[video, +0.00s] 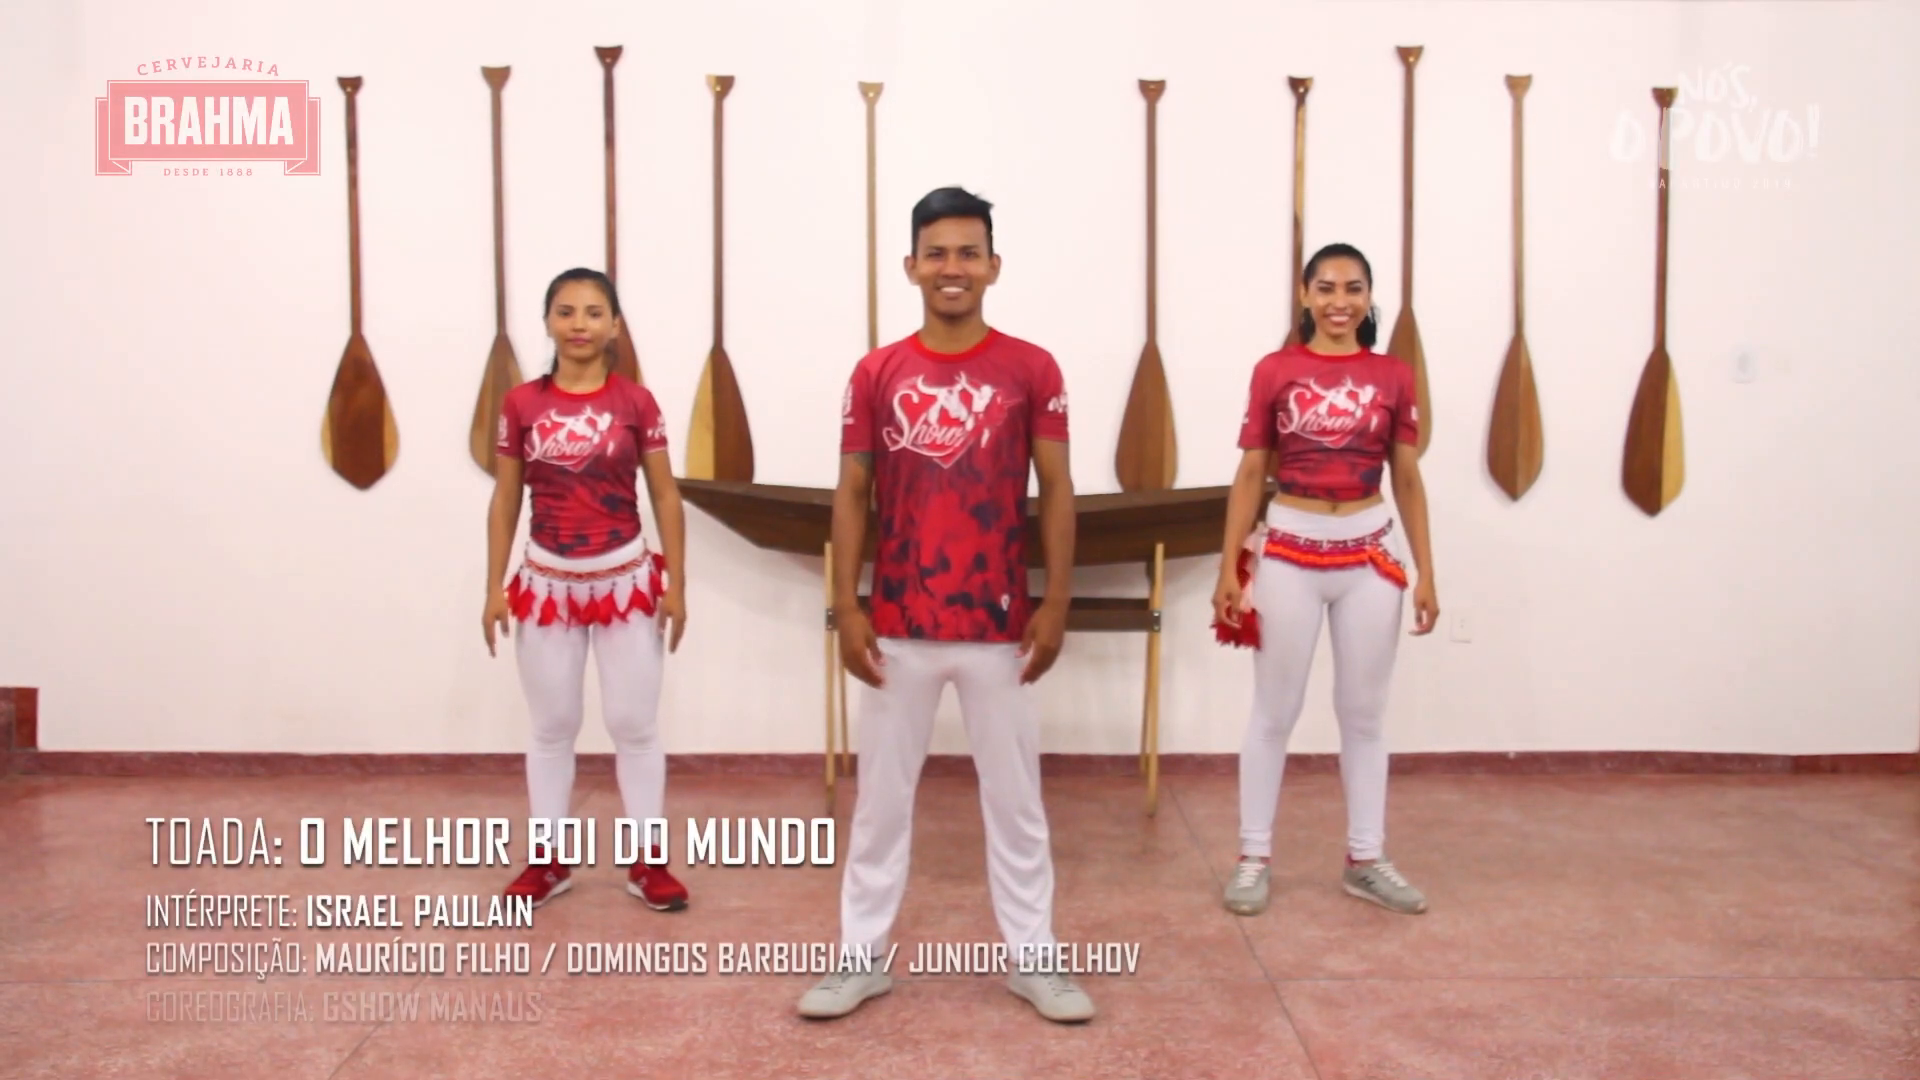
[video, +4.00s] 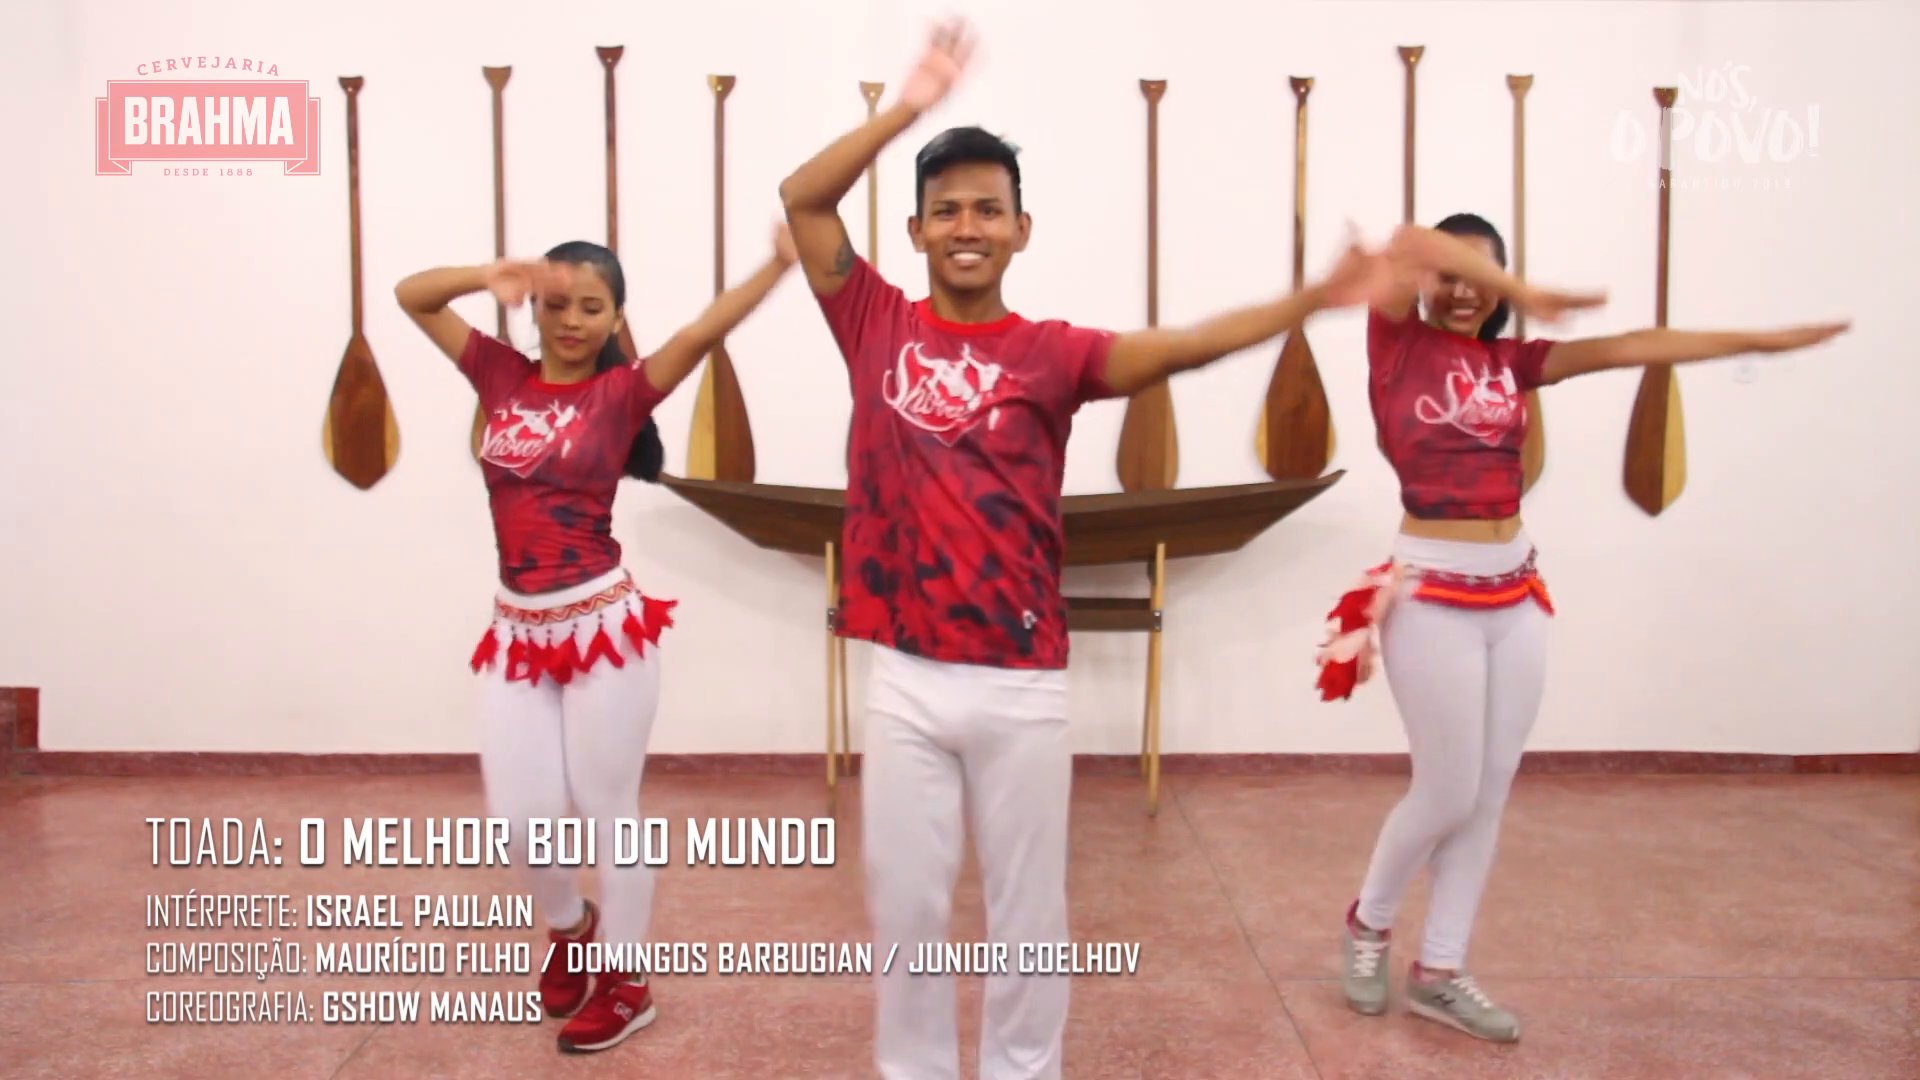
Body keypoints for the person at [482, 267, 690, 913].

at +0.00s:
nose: (580, 322)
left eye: (594, 312)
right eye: (566, 312)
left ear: (614, 324)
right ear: (548, 323)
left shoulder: (634, 400)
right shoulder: (523, 404)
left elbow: (666, 493)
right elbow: (506, 498)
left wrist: (676, 581)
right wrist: (495, 585)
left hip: (627, 579)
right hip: (546, 581)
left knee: (635, 728)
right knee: (551, 728)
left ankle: (648, 861)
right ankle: (548, 858)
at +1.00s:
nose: (585, 323)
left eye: (599, 312)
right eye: (571, 312)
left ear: (617, 325)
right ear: (552, 323)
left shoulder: (638, 401)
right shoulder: (525, 404)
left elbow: (668, 494)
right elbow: (508, 497)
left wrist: (675, 582)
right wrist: (500, 586)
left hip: (628, 579)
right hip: (546, 581)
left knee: (635, 729)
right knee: (551, 730)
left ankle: (649, 862)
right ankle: (548, 859)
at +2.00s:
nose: (603, 315)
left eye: (617, 304)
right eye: (587, 306)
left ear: (635, 320)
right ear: (566, 324)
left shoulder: (656, 386)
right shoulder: (555, 386)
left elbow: (730, 357)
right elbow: (540, 332)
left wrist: (805, 332)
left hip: (647, 590)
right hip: (569, 588)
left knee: (647, 737)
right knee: (538, 741)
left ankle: (650, 863)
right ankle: (495, 879)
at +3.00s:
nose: (486, 323)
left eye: (499, 306)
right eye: (474, 310)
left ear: (527, 316)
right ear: (461, 322)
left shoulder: (539, 388)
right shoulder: (461, 393)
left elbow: (530, 310)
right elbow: (395, 378)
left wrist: (429, 300)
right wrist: (332, 362)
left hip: (530, 608)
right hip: (461, 609)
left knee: (489, 765)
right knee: (470, 770)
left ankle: (537, 910)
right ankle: (498, 908)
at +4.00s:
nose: (570, 319)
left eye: (589, 306)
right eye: (557, 302)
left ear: (616, 318)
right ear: (534, 309)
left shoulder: (621, 394)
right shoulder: (502, 377)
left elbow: (703, 332)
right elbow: (413, 295)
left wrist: (778, 265)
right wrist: (488, 274)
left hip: (604, 631)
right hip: (516, 634)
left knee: (609, 810)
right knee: (523, 818)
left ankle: (626, 975)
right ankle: (570, 928)